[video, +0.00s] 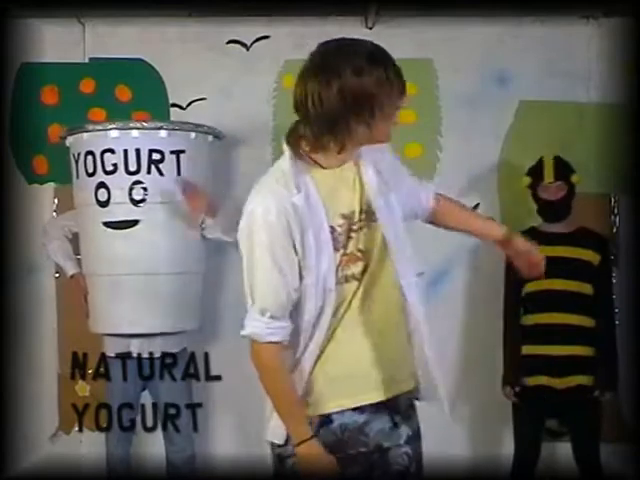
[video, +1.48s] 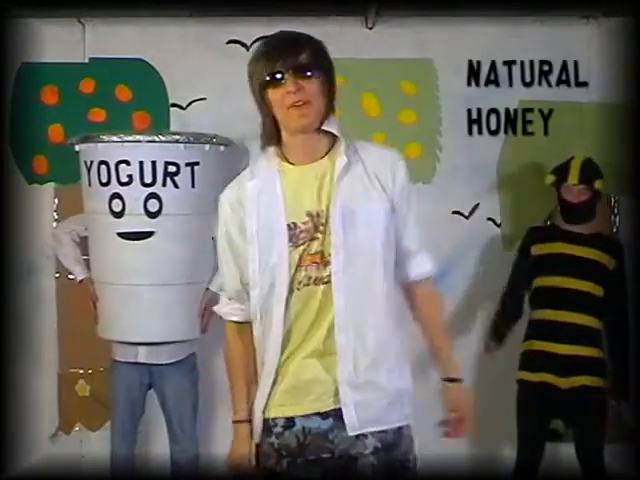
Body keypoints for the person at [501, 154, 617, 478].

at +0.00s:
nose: (553, 195)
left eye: (560, 187)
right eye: (545, 188)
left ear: (572, 189)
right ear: (533, 194)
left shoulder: (595, 246)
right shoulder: (520, 245)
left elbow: (605, 313)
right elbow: (511, 314)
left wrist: (607, 372)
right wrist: (510, 370)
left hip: (581, 375)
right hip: (532, 375)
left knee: (588, 462)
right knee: (524, 461)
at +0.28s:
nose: (556, 195)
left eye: (563, 187)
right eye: (548, 187)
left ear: (575, 189)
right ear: (535, 193)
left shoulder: (597, 245)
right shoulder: (521, 245)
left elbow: (607, 314)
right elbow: (509, 309)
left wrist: (609, 372)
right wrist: (479, 326)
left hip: (581, 371)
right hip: (532, 371)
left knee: (589, 461)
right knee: (525, 459)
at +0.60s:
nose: (565, 194)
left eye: (572, 186)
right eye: (557, 187)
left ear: (585, 190)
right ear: (546, 192)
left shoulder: (603, 246)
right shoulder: (529, 241)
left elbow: (614, 315)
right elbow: (488, 267)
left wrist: (617, 374)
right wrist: (493, 218)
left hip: (583, 369)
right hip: (535, 366)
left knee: (590, 459)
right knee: (526, 458)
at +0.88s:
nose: (574, 195)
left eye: (581, 187)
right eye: (566, 187)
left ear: (593, 191)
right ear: (554, 191)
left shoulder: (608, 248)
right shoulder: (535, 240)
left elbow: (617, 318)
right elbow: (494, 268)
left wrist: (621, 377)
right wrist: (500, 216)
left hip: (586, 368)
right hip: (537, 365)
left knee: (591, 459)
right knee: (528, 458)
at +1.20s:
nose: (579, 192)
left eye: (587, 185)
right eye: (572, 185)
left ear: (599, 192)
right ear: (561, 189)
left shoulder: (611, 251)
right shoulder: (537, 238)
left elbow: (618, 320)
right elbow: (494, 274)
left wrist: (622, 379)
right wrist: (492, 230)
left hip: (587, 367)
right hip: (538, 364)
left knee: (591, 459)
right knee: (528, 458)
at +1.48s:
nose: (574, 196)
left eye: (583, 189)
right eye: (568, 188)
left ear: (596, 194)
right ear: (557, 191)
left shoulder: (610, 249)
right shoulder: (536, 238)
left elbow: (617, 318)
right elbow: (514, 293)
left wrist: (621, 375)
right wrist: (497, 331)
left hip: (586, 365)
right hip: (537, 361)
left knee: (591, 458)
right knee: (528, 457)